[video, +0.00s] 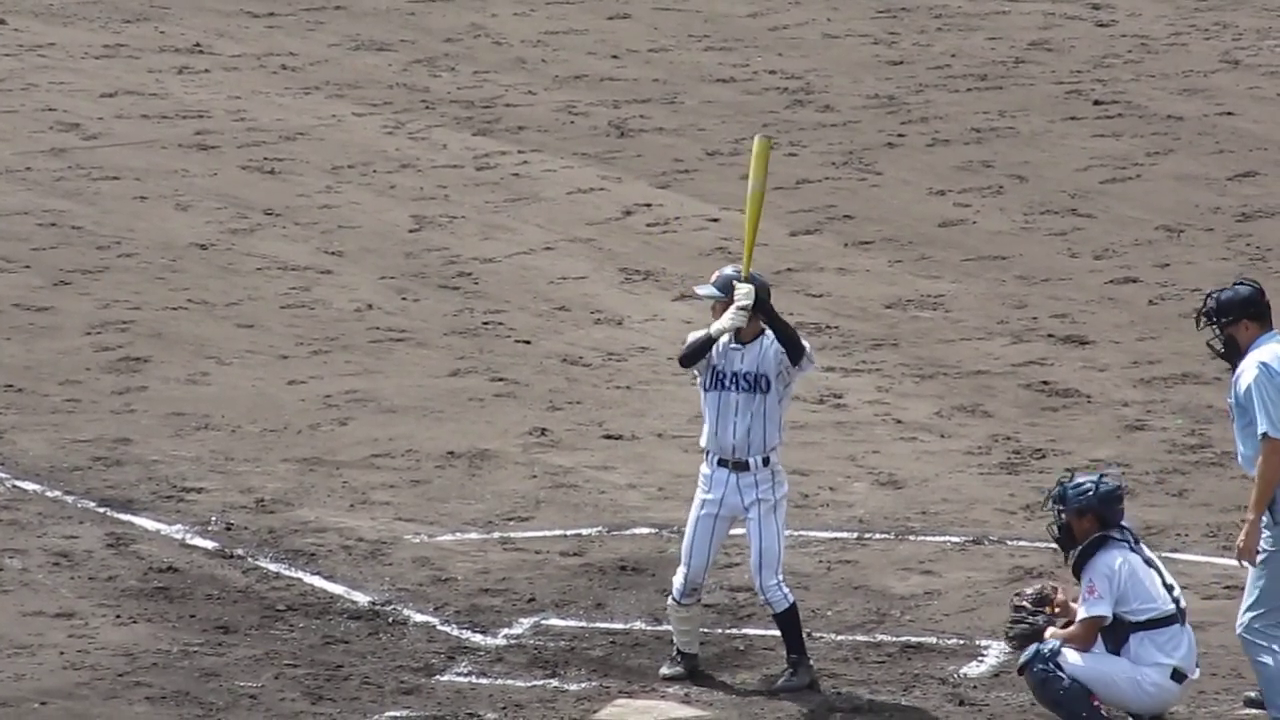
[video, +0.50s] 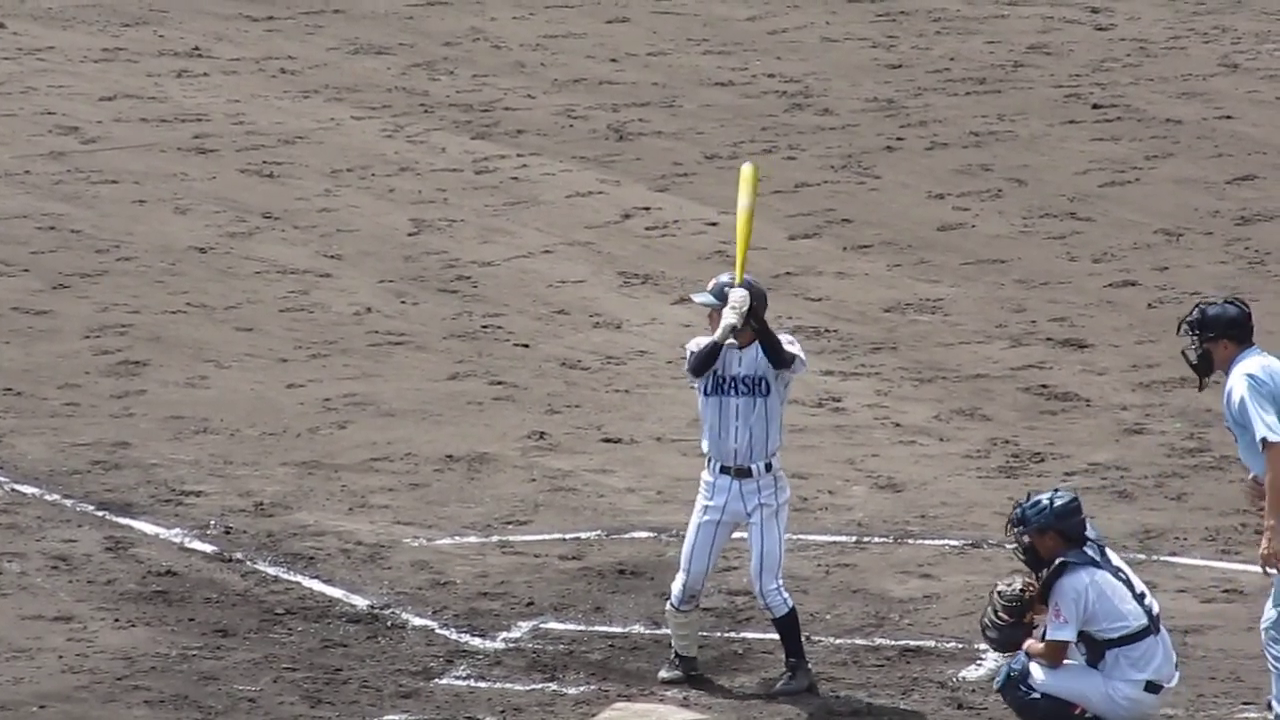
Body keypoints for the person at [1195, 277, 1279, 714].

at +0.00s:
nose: (1221, 335)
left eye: (1224, 327)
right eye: (1221, 326)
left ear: (1243, 326)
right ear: (1258, 321)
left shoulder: (1258, 369)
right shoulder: (1269, 354)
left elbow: (1270, 448)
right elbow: (1269, 448)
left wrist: (1253, 520)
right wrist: (1256, 518)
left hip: (1274, 519)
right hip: (1271, 517)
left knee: (1255, 627)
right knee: (1262, 617)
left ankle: (1274, 702)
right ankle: (1273, 692)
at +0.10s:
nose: (1217, 338)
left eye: (1220, 330)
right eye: (1217, 330)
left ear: (1236, 330)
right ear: (1257, 323)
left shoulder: (1253, 372)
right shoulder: (1271, 355)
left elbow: (1271, 449)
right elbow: (1272, 447)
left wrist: (1258, 527)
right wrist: (1257, 501)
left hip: (1276, 523)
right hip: (1272, 519)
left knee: (1253, 631)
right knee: (1263, 617)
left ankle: (1275, 704)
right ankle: (1271, 690)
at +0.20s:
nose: (1212, 338)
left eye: (1216, 330)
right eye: (1213, 330)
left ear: (1234, 334)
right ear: (1254, 329)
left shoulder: (1254, 376)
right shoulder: (1270, 359)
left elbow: (1272, 454)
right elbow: (1275, 447)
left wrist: (1262, 530)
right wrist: (1256, 493)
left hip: (1278, 527)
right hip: (1275, 522)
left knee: (1259, 631)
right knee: (1262, 627)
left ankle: (1275, 710)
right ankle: (1273, 707)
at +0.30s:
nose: (1207, 337)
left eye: (1212, 329)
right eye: (1208, 329)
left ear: (1232, 333)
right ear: (1245, 329)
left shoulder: (1257, 373)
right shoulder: (1265, 358)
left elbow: (1274, 452)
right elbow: (1272, 438)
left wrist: (1264, 525)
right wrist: (1256, 476)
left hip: (1279, 526)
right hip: (1276, 520)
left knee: (1266, 624)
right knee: (1268, 622)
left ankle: (1277, 704)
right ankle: (1275, 702)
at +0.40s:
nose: (1203, 343)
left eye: (1207, 335)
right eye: (1204, 334)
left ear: (1227, 339)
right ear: (1242, 334)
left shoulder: (1250, 378)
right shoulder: (1264, 362)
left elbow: (1276, 450)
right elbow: (1275, 441)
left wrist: (1267, 526)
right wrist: (1260, 475)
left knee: (1271, 627)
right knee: (1270, 625)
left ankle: (1277, 704)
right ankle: (1275, 703)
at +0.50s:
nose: (1199, 349)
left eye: (1203, 341)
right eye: (1199, 341)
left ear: (1221, 343)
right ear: (1238, 338)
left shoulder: (1244, 381)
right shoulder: (1264, 364)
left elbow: (1274, 452)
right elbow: (1275, 446)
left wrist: (1272, 531)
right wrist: (1263, 480)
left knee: (1272, 628)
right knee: (1272, 625)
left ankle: (1277, 705)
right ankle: (1276, 704)